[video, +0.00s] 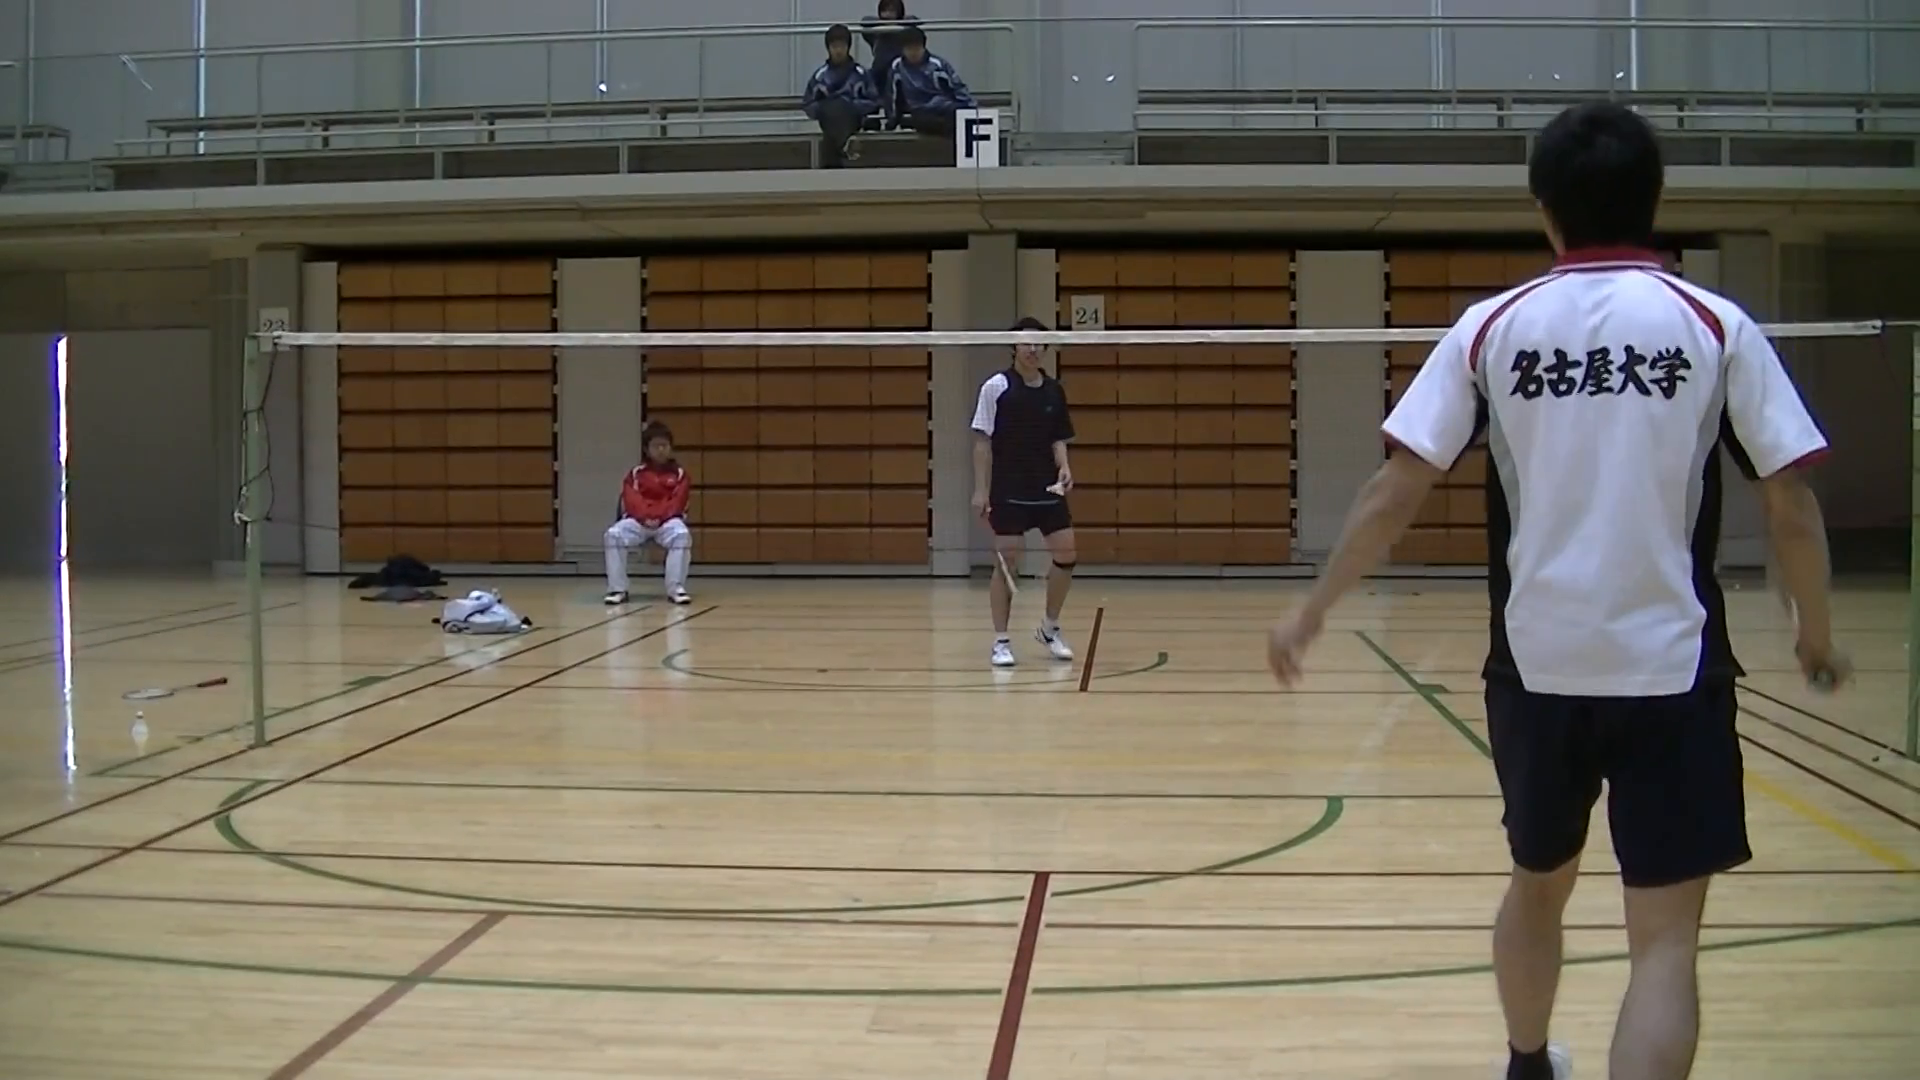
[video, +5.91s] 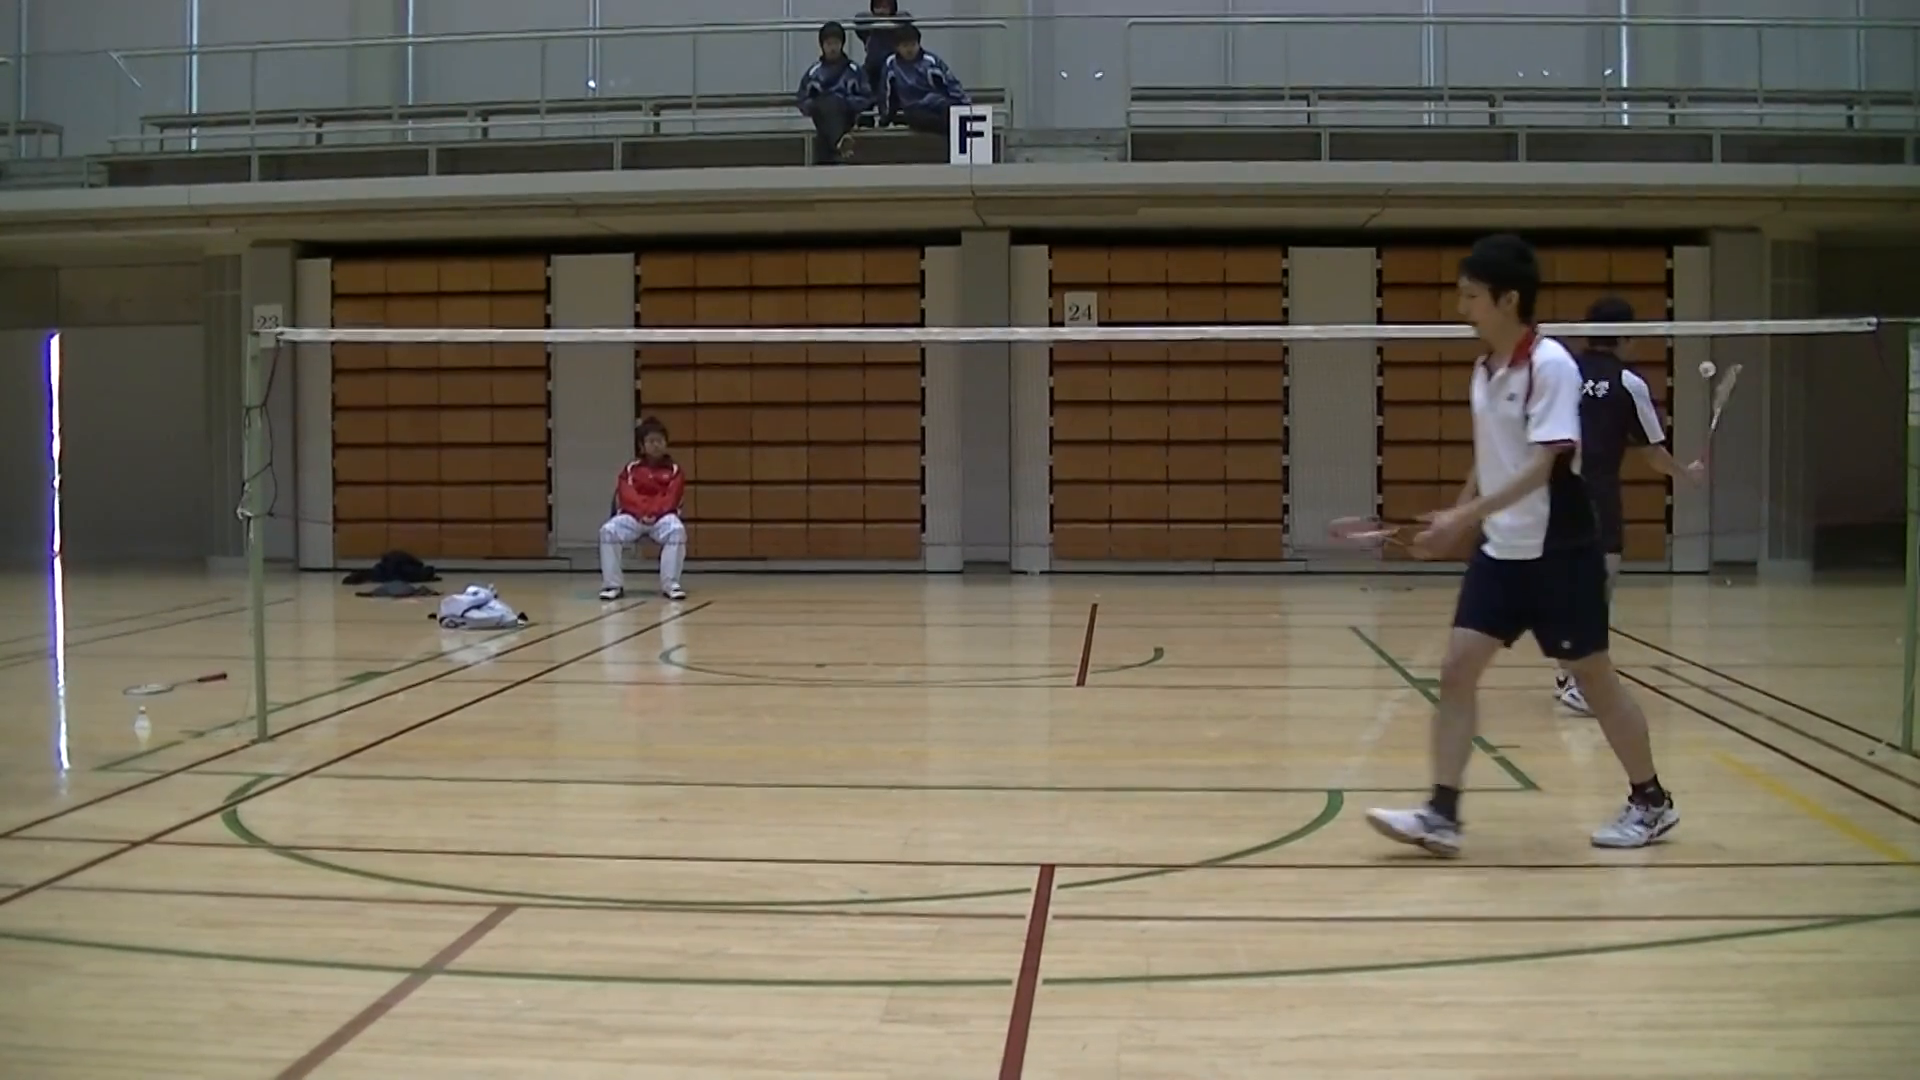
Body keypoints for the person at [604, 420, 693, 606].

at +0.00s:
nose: (661, 450)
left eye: (665, 445)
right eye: (656, 446)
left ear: (670, 448)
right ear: (646, 449)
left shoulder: (679, 474)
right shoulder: (635, 473)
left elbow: (677, 503)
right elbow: (631, 500)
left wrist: (659, 517)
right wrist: (645, 516)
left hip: (667, 520)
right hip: (638, 520)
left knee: (682, 536)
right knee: (613, 536)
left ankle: (676, 588)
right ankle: (618, 590)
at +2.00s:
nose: (656, 449)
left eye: (660, 444)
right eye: (651, 445)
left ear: (667, 447)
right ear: (643, 449)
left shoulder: (676, 474)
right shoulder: (632, 472)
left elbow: (673, 503)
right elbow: (627, 499)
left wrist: (655, 517)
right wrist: (643, 515)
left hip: (663, 519)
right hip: (634, 519)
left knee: (678, 535)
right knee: (609, 535)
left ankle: (672, 587)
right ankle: (614, 588)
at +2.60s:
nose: (664, 449)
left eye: (669, 444)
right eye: (659, 445)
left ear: (676, 447)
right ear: (651, 449)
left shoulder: (683, 475)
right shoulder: (640, 473)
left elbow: (680, 505)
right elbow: (635, 500)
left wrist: (660, 516)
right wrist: (652, 515)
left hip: (671, 519)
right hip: (643, 519)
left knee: (687, 534)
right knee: (618, 535)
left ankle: (682, 587)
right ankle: (622, 589)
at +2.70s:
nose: (697, 449)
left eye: (702, 444)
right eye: (692, 444)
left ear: (708, 447)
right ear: (683, 449)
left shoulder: (716, 475)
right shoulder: (673, 473)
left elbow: (713, 506)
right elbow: (668, 503)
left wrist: (691, 515)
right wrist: (684, 517)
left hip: (704, 520)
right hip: (676, 520)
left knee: (718, 534)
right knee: (651, 534)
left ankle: (714, 587)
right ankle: (654, 589)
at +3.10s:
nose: (674, 448)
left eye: (678, 443)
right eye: (668, 443)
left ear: (684, 445)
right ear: (659, 448)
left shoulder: (691, 473)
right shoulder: (648, 471)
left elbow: (689, 502)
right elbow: (643, 498)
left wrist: (671, 516)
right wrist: (661, 513)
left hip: (680, 518)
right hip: (651, 518)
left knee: (695, 534)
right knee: (627, 533)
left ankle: (688, 585)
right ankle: (631, 588)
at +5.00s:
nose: (656, 450)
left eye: (660, 445)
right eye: (651, 446)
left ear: (666, 448)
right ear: (642, 450)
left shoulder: (675, 476)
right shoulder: (631, 474)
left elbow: (672, 504)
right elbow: (626, 500)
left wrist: (654, 518)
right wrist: (642, 517)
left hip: (662, 521)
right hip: (633, 521)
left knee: (677, 536)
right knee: (609, 536)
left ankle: (671, 588)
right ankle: (614, 590)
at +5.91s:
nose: (656, 445)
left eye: (660, 440)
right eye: (651, 441)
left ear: (666, 443)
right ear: (642, 446)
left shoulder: (674, 470)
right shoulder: (630, 469)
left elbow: (671, 499)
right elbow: (626, 496)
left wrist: (655, 513)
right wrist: (641, 512)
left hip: (662, 516)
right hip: (633, 516)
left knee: (677, 532)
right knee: (608, 531)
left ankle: (671, 584)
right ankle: (613, 585)